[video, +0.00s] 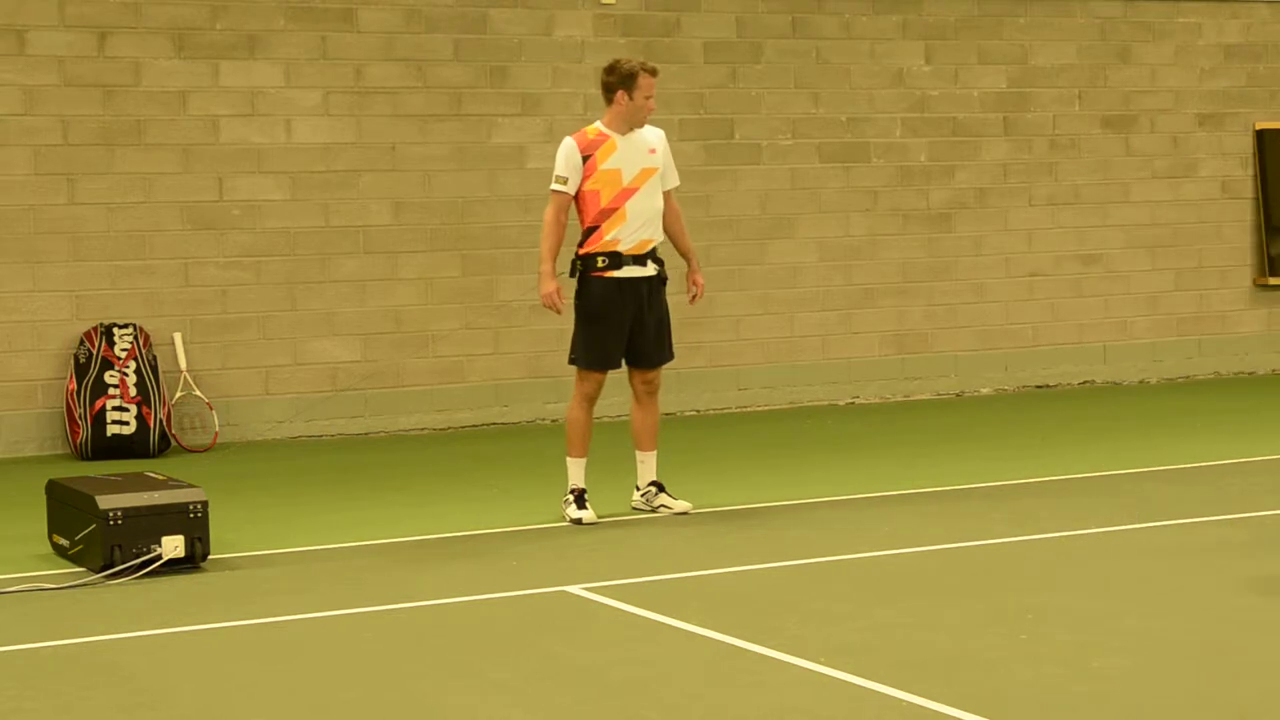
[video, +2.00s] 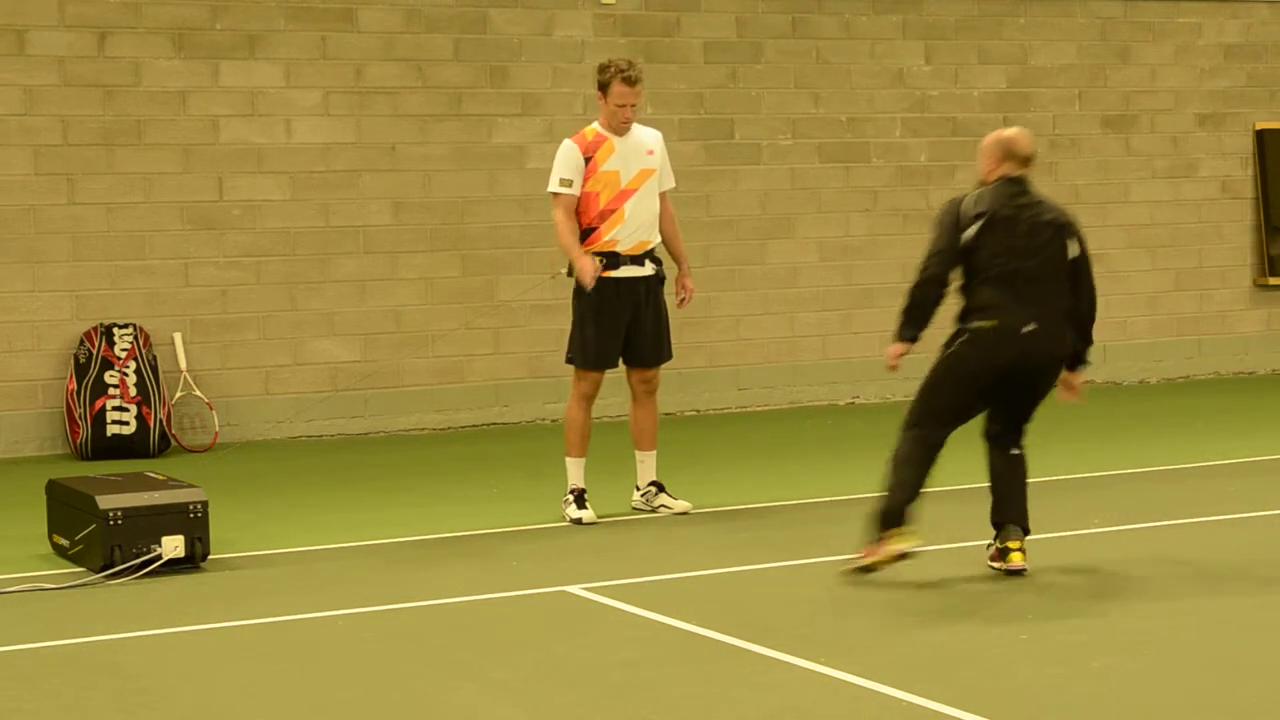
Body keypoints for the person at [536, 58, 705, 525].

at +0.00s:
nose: (653, 106)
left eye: (654, 98)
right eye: (647, 98)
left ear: (631, 99)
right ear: (620, 98)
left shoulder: (655, 140)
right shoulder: (578, 147)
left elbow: (668, 205)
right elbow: (556, 213)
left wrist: (691, 261)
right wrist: (548, 274)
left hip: (649, 280)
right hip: (601, 283)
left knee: (647, 384)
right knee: (588, 388)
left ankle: (647, 487)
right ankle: (576, 492)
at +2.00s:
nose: (630, 113)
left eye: (635, 105)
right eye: (622, 105)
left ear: (640, 102)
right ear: (601, 100)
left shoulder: (652, 142)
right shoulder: (576, 149)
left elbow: (664, 208)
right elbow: (562, 213)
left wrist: (683, 264)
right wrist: (577, 257)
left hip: (646, 279)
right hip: (599, 280)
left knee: (646, 383)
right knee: (586, 388)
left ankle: (647, 487)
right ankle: (575, 492)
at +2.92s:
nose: (650, 105)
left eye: (651, 97)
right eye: (645, 98)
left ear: (627, 98)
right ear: (617, 98)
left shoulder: (650, 143)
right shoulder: (579, 149)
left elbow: (685, 194)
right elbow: (567, 216)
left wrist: (740, 227)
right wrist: (581, 267)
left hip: (646, 280)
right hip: (601, 281)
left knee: (646, 383)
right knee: (586, 388)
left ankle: (647, 487)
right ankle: (575, 491)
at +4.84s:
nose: (617, 113)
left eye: (623, 105)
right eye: (609, 105)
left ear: (631, 101)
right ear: (591, 101)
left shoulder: (649, 142)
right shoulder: (572, 151)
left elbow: (663, 207)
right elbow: (553, 213)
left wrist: (680, 262)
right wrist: (543, 263)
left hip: (646, 279)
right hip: (598, 282)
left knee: (646, 383)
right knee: (586, 387)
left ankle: (647, 487)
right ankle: (576, 492)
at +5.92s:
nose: (617, 110)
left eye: (625, 102)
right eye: (614, 101)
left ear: (645, 102)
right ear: (611, 101)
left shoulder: (683, 143)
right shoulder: (603, 146)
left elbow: (703, 218)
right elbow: (571, 205)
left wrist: (719, 274)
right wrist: (523, 245)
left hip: (668, 278)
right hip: (617, 277)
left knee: (662, 384)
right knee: (598, 383)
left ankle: (656, 487)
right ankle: (577, 489)